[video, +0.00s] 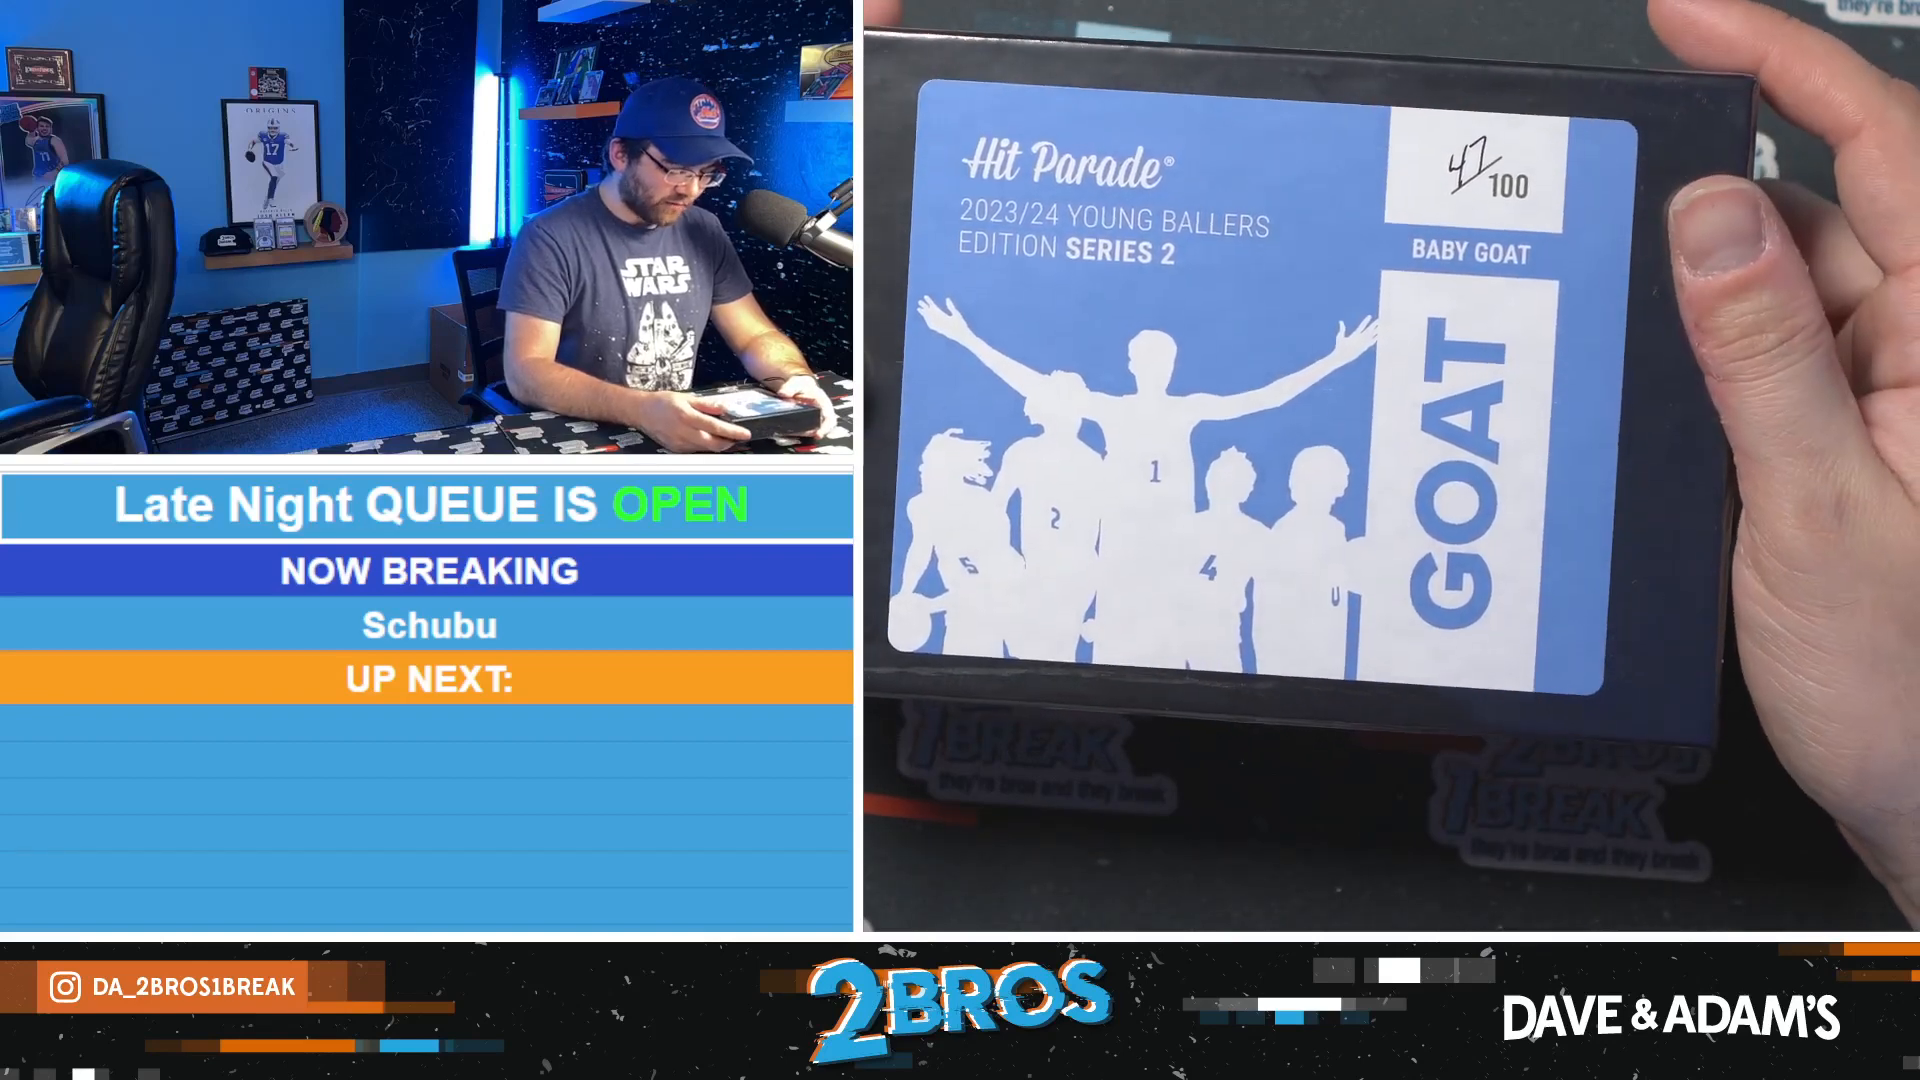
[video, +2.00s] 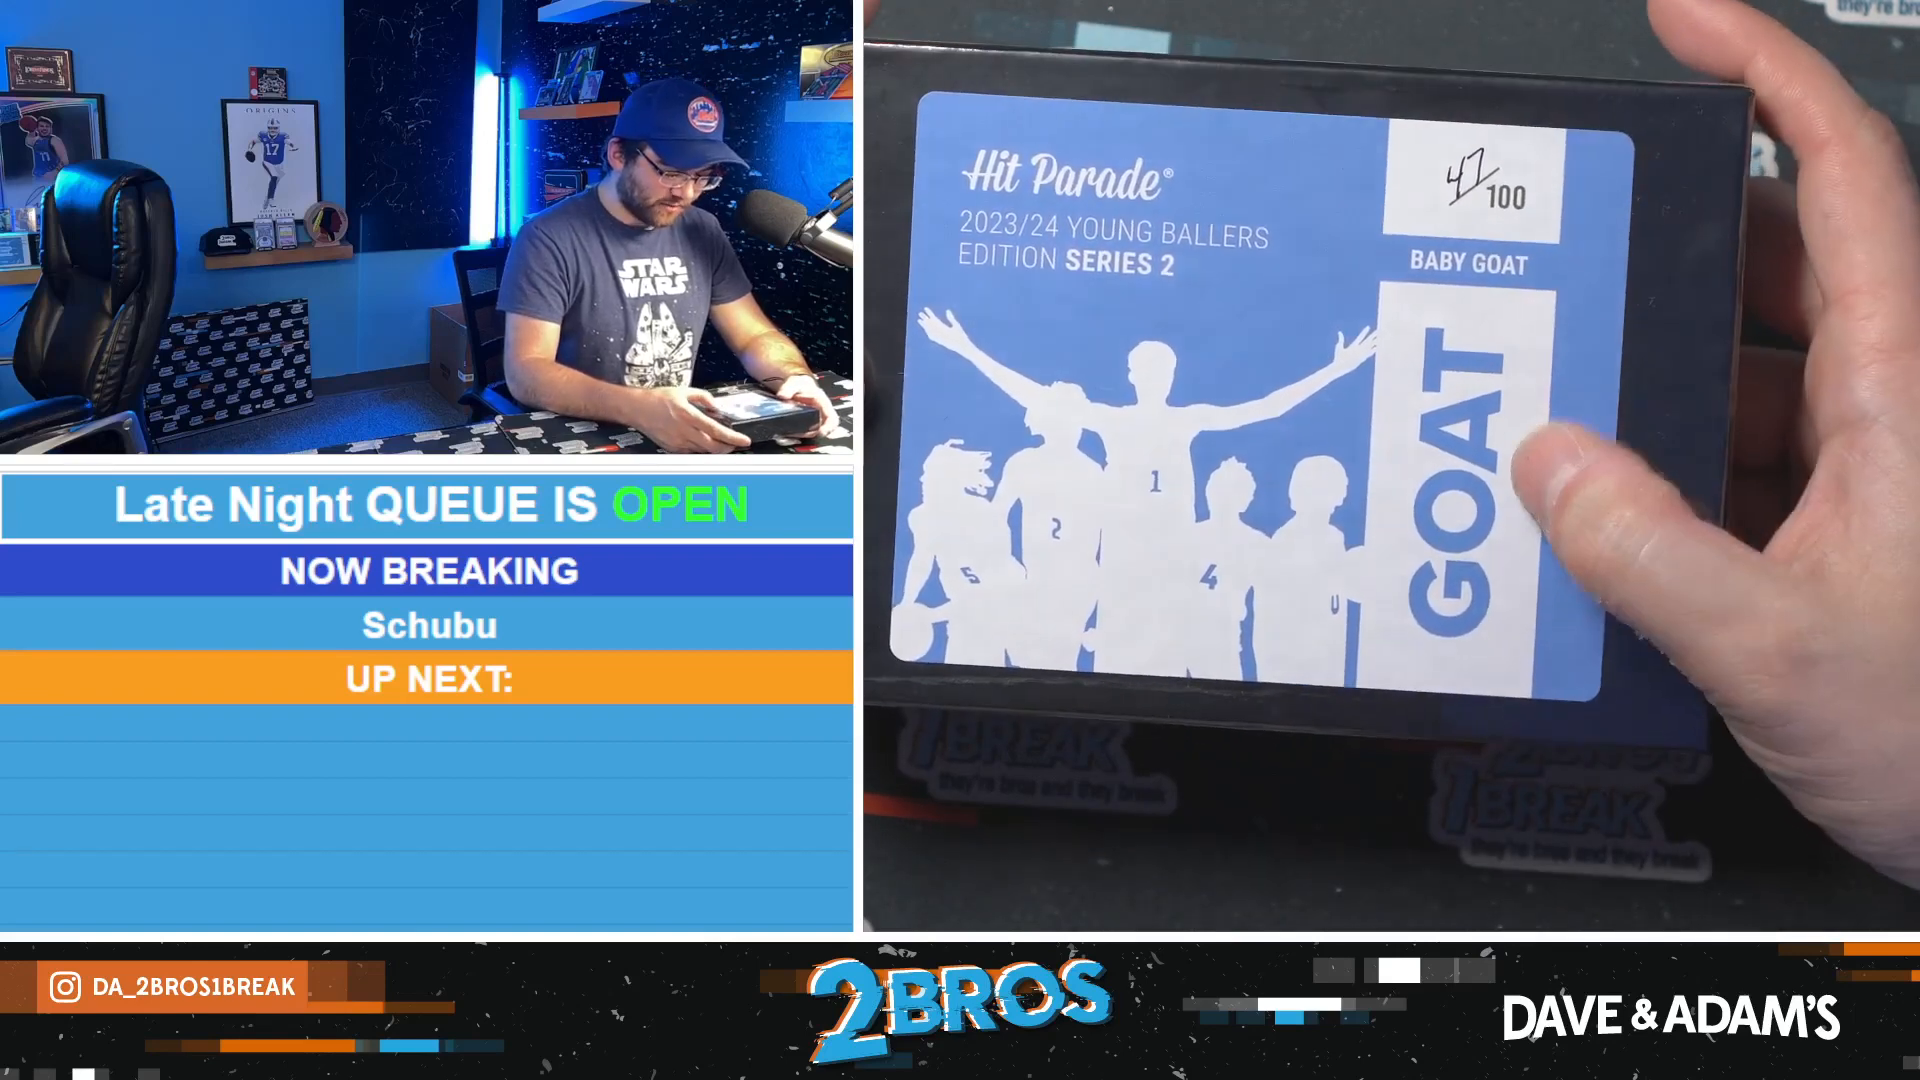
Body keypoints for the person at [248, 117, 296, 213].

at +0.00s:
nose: (273, 130)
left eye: (275, 128)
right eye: (271, 128)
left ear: (278, 128)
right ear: (268, 128)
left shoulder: (283, 136)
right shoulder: (263, 136)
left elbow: (290, 142)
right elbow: (253, 141)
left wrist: (292, 147)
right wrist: (250, 149)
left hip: (279, 164)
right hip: (267, 162)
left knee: (275, 182)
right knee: (274, 176)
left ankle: (267, 199)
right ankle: (270, 199)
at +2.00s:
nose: (273, 130)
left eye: (275, 128)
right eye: (271, 128)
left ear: (278, 128)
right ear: (268, 128)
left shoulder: (283, 136)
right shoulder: (263, 136)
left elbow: (290, 143)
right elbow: (253, 141)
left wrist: (292, 147)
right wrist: (250, 149)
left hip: (279, 164)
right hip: (267, 162)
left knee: (276, 182)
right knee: (274, 176)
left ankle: (267, 200)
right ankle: (270, 199)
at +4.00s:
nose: (273, 130)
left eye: (275, 128)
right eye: (271, 128)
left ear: (278, 128)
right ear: (268, 128)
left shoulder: (283, 136)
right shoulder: (263, 136)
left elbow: (290, 143)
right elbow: (253, 141)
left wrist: (292, 147)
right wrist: (250, 149)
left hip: (279, 164)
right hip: (267, 162)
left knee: (275, 182)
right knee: (274, 176)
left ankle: (267, 200)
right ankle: (270, 199)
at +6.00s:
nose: (273, 130)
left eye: (275, 128)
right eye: (271, 128)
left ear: (278, 128)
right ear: (268, 128)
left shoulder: (283, 136)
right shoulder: (263, 136)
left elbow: (289, 142)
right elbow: (253, 142)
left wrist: (292, 146)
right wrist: (250, 149)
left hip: (278, 163)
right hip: (267, 162)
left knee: (276, 181)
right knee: (274, 176)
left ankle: (267, 200)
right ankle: (270, 199)